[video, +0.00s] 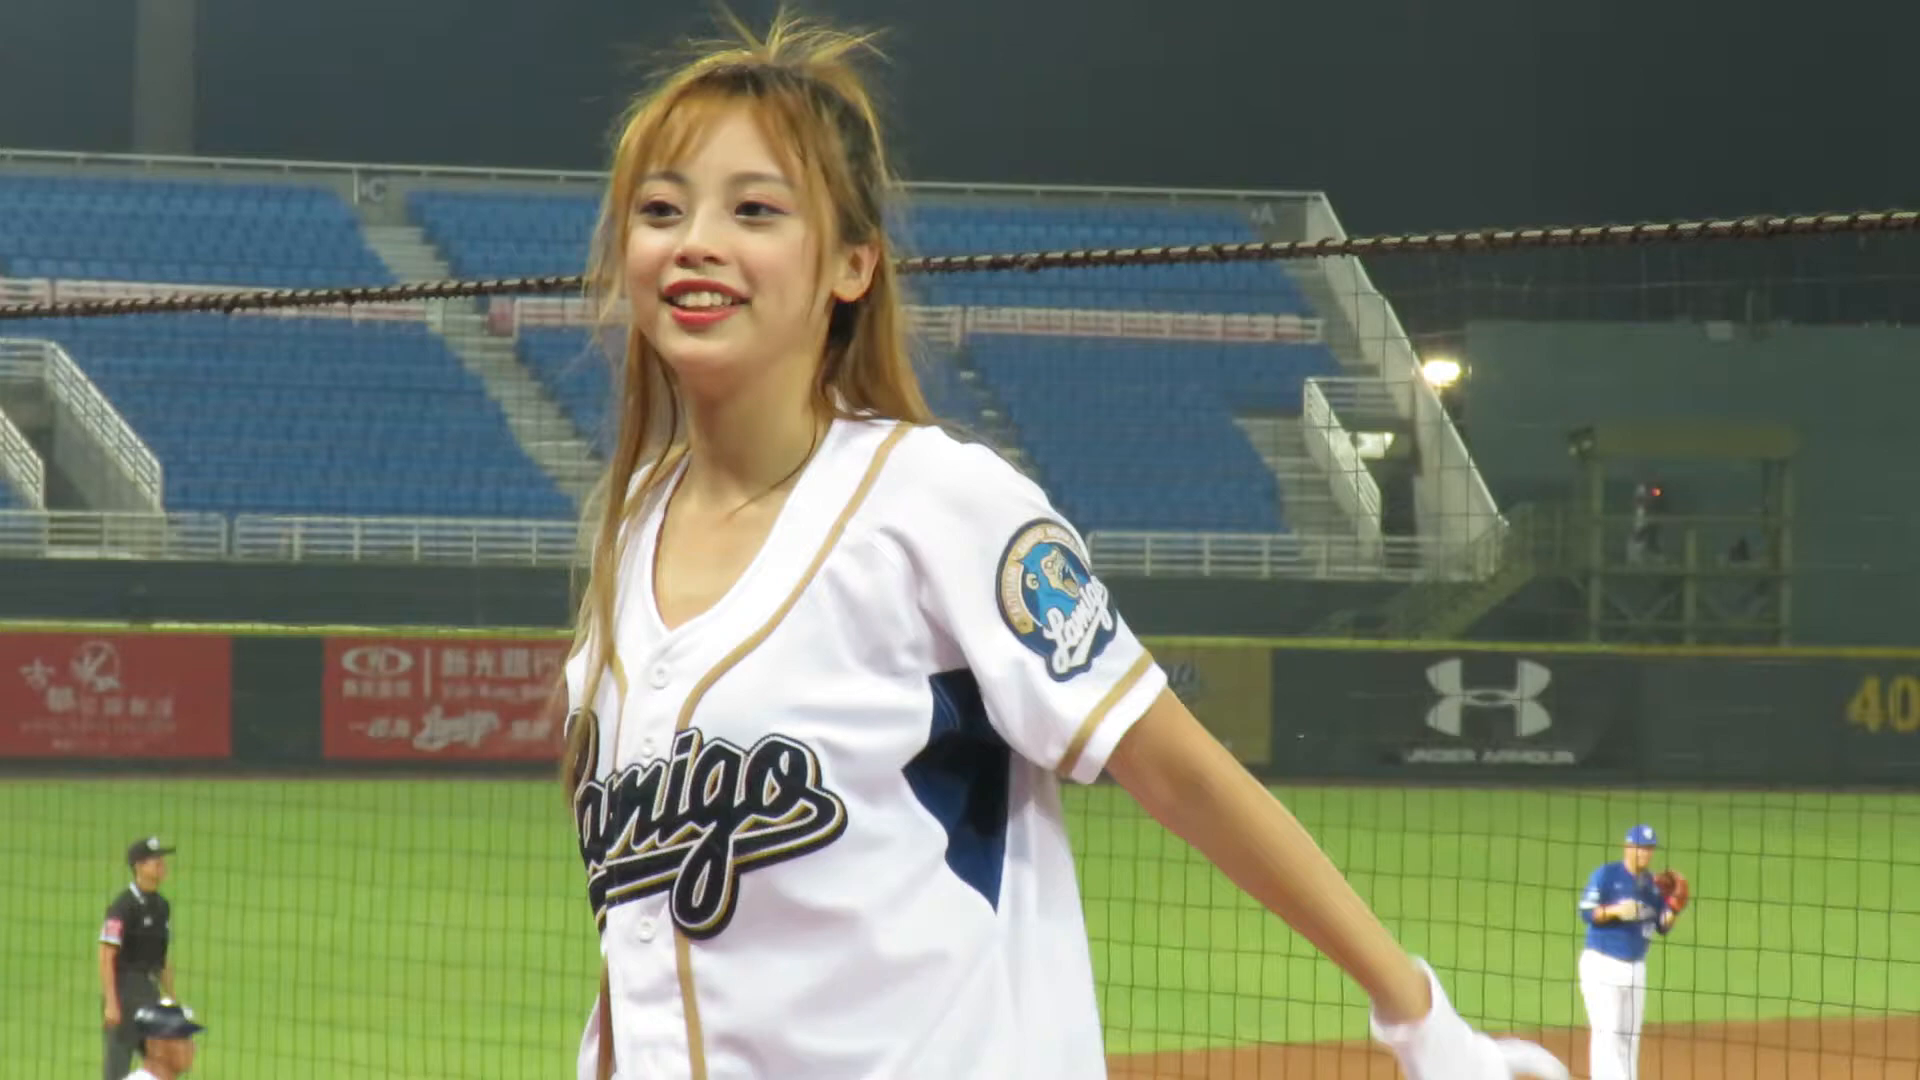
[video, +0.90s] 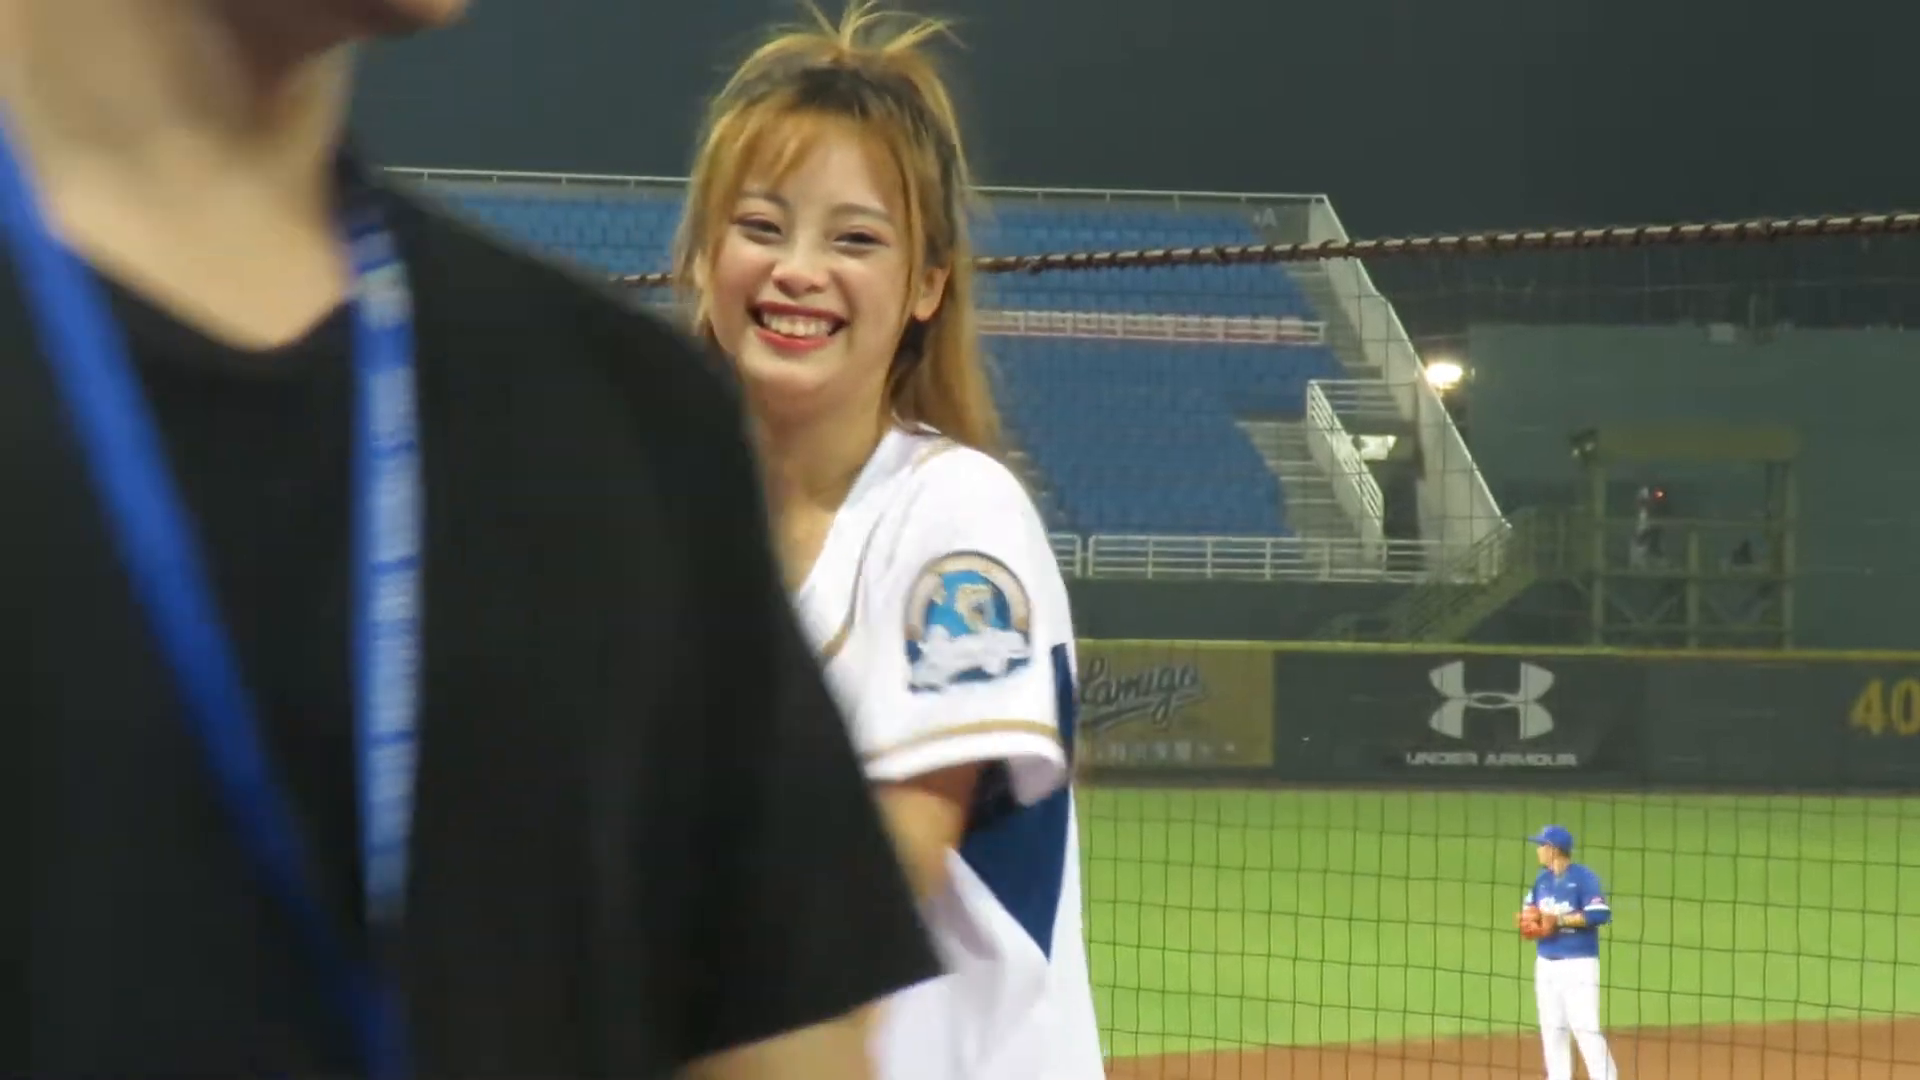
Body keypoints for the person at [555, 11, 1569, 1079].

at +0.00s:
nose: (694, 241)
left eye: (753, 207)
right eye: (661, 206)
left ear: (845, 268)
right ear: (619, 256)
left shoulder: (942, 503)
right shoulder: (632, 521)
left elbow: (1182, 773)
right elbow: (665, 869)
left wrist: (1420, 1014)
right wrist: (610, 1045)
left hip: (936, 1053)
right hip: (677, 1056)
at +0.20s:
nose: (698, 247)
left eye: (758, 210)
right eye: (666, 210)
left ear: (855, 264)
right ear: (627, 251)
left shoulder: (954, 510)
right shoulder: (636, 530)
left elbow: (1177, 793)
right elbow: (657, 899)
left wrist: (1395, 1014)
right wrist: (616, 1052)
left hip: (931, 1059)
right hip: (679, 1060)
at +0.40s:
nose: (753, 259)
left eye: (812, 222)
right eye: (720, 218)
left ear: (906, 275)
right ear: (679, 256)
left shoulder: (954, 521)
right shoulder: (653, 541)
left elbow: (1046, 852)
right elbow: (544, 858)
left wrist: (1112, 1065)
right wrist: (384, 1070)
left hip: (908, 1060)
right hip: (656, 1063)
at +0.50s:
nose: (782, 261)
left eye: (841, 226)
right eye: (749, 219)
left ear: (932, 276)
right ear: (705, 254)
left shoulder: (960, 513)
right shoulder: (665, 537)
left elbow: (883, 801)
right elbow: (482, 822)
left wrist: (744, 1033)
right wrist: (226, 1033)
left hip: (903, 1053)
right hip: (673, 1052)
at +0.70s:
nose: (802, 268)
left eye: (861, 236)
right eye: (770, 222)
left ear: (937, 288)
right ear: (716, 248)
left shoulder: (949, 500)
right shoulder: (652, 523)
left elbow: (711, 762)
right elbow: (511, 726)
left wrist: (417, 854)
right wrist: (326, 809)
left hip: (930, 1057)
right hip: (692, 1060)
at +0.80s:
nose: (801, 273)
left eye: (860, 239)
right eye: (769, 228)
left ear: (934, 288)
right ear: (713, 254)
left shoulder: (952, 502)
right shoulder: (631, 536)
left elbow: (773, 813)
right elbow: (526, 783)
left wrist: (524, 922)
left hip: (923, 1058)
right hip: (681, 1059)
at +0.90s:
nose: (797, 272)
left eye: (852, 239)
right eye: (761, 229)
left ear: (924, 287)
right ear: (702, 260)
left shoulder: (959, 506)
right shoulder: (679, 512)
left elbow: (897, 861)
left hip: (964, 1058)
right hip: (740, 1054)